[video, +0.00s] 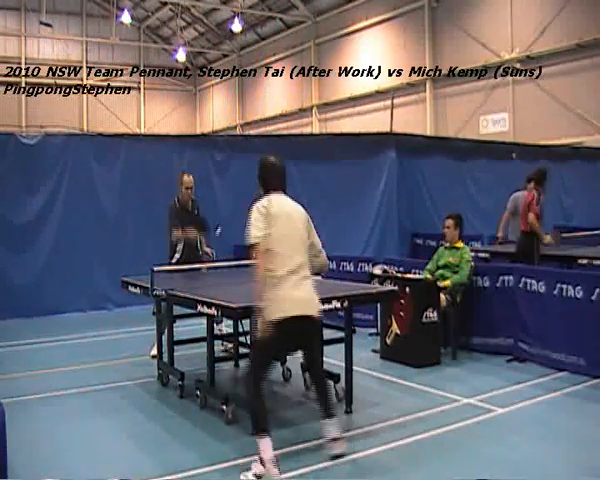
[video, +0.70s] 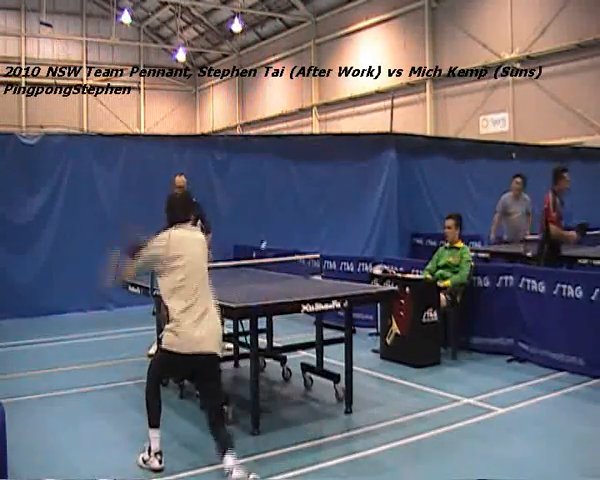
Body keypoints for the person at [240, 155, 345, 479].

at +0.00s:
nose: (259, 183)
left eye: (259, 178)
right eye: (267, 176)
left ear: (261, 181)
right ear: (284, 180)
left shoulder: (261, 209)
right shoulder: (300, 210)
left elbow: (259, 257)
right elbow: (321, 262)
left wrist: (260, 311)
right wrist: (294, 270)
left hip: (278, 316)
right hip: (310, 314)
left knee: (254, 380)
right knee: (317, 371)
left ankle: (266, 458)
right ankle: (334, 436)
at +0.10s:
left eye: (259, 177)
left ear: (258, 180)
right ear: (283, 180)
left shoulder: (252, 208)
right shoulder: (297, 215)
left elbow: (230, 247)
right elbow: (316, 263)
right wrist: (301, 260)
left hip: (252, 310)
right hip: (287, 313)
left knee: (228, 371)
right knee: (302, 372)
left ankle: (227, 443)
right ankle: (303, 448)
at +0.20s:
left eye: (257, 186)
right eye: (273, 186)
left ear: (253, 189)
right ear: (278, 190)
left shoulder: (244, 216)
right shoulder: (288, 225)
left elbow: (216, 251)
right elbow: (308, 269)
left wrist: (206, 261)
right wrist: (305, 270)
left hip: (237, 325)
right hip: (275, 329)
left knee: (210, 379)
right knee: (295, 381)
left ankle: (182, 448)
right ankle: (303, 453)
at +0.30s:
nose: (263, 213)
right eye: (264, 208)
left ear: (240, 210)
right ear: (264, 212)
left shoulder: (225, 236)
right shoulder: (261, 248)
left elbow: (199, 253)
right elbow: (284, 298)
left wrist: (206, 249)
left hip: (211, 345)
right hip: (245, 348)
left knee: (184, 395)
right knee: (282, 380)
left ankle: (152, 461)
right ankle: (302, 453)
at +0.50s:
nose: (243, 221)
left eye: (242, 214)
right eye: (243, 215)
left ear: (218, 209)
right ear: (240, 216)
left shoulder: (197, 230)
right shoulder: (226, 246)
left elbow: (167, 251)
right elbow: (234, 297)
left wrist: (148, 268)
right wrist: (241, 297)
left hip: (175, 335)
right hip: (208, 338)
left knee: (160, 392)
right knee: (248, 391)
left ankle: (151, 457)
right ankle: (289, 451)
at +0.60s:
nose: (210, 213)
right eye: (209, 209)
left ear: (180, 205)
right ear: (204, 209)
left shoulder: (165, 231)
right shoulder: (213, 240)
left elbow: (135, 245)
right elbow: (233, 269)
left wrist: (132, 228)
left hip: (172, 337)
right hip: (207, 337)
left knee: (153, 382)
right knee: (227, 391)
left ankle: (153, 452)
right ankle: (252, 456)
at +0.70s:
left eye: (170, 207)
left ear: (168, 213)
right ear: (193, 213)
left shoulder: (162, 242)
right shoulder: (202, 239)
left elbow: (132, 271)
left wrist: (131, 260)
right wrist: (182, 190)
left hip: (178, 342)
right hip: (210, 341)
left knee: (154, 379)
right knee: (213, 407)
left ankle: (155, 453)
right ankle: (232, 466)